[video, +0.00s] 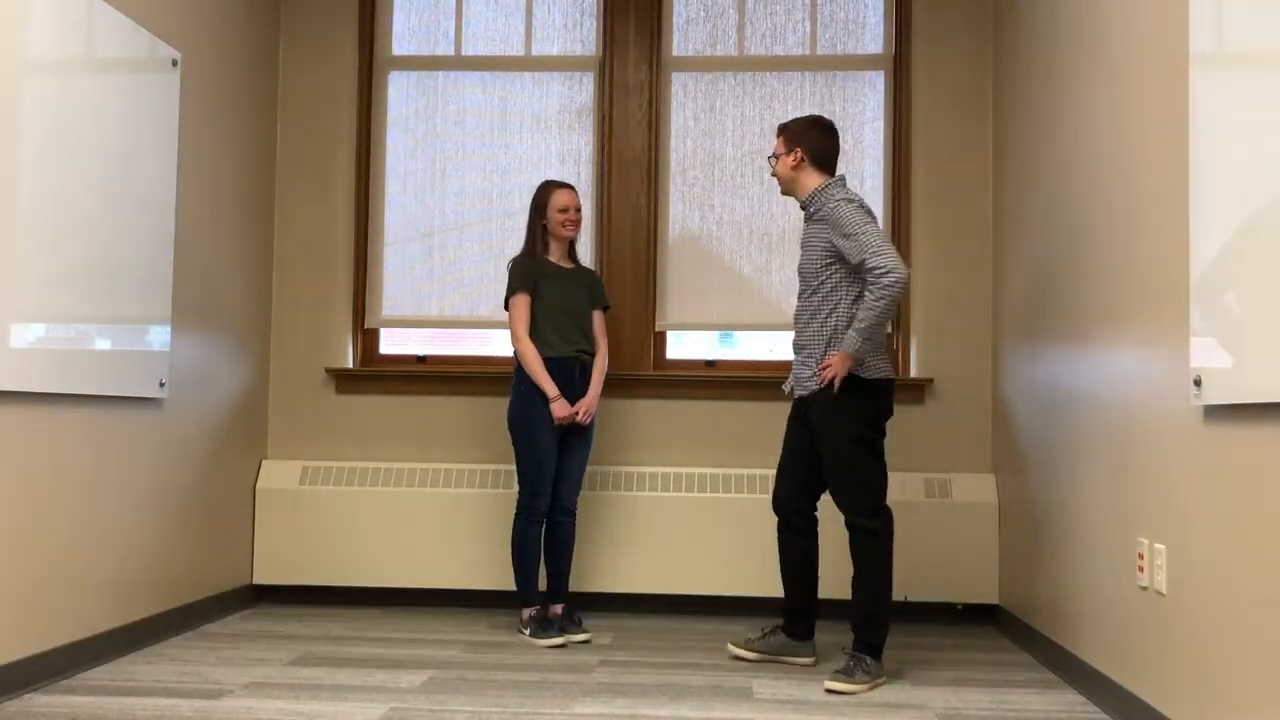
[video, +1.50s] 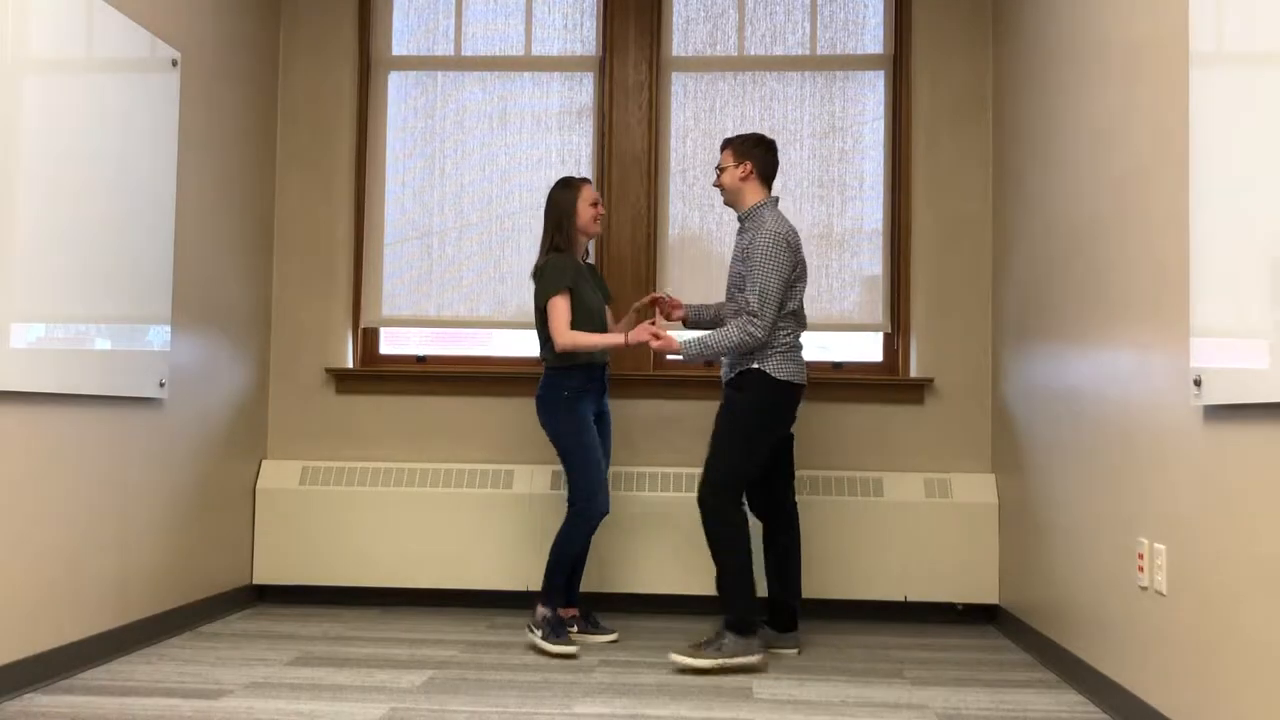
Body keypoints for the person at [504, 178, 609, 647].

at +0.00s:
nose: (572, 217)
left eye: (575, 210)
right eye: (563, 211)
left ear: (580, 216)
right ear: (542, 216)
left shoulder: (590, 278)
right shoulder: (526, 267)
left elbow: (601, 348)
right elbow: (520, 339)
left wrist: (593, 395)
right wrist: (553, 394)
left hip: (580, 395)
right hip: (536, 392)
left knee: (565, 504)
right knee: (536, 501)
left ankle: (558, 607)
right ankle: (530, 609)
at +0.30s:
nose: (574, 215)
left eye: (577, 209)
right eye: (565, 209)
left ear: (580, 215)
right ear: (543, 214)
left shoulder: (588, 278)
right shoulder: (525, 267)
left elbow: (599, 347)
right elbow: (520, 339)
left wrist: (593, 395)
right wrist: (555, 395)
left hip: (579, 395)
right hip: (536, 391)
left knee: (564, 504)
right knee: (535, 501)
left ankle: (558, 607)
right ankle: (530, 610)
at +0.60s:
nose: (576, 215)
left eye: (577, 209)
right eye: (566, 209)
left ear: (577, 215)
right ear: (542, 215)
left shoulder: (584, 278)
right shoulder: (526, 267)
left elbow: (595, 340)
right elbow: (516, 338)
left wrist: (602, 370)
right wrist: (567, 379)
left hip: (578, 394)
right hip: (539, 391)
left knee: (565, 504)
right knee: (537, 501)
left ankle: (557, 606)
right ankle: (530, 610)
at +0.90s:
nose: (577, 216)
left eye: (579, 209)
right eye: (569, 209)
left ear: (576, 217)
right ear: (542, 213)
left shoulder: (581, 276)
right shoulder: (527, 268)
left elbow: (588, 345)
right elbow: (532, 334)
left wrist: (608, 337)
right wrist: (596, 334)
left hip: (578, 396)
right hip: (541, 395)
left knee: (578, 504)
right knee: (543, 502)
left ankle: (559, 608)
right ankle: (532, 612)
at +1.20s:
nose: (586, 216)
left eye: (586, 209)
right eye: (577, 209)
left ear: (580, 217)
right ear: (551, 215)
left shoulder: (577, 274)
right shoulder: (542, 266)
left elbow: (589, 345)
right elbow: (550, 333)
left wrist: (627, 330)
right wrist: (615, 326)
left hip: (587, 396)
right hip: (556, 396)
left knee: (590, 503)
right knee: (565, 501)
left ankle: (567, 609)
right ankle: (533, 610)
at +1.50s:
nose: (601, 210)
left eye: (600, 204)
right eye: (592, 204)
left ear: (586, 214)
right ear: (566, 211)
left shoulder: (588, 269)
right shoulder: (557, 266)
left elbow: (607, 333)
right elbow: (561, 338)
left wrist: (639, 307)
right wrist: (624, 338)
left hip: (592, 395)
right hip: (564, 396)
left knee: (590, 504)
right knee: (590, 503)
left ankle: (569, 609)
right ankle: (548, 610)